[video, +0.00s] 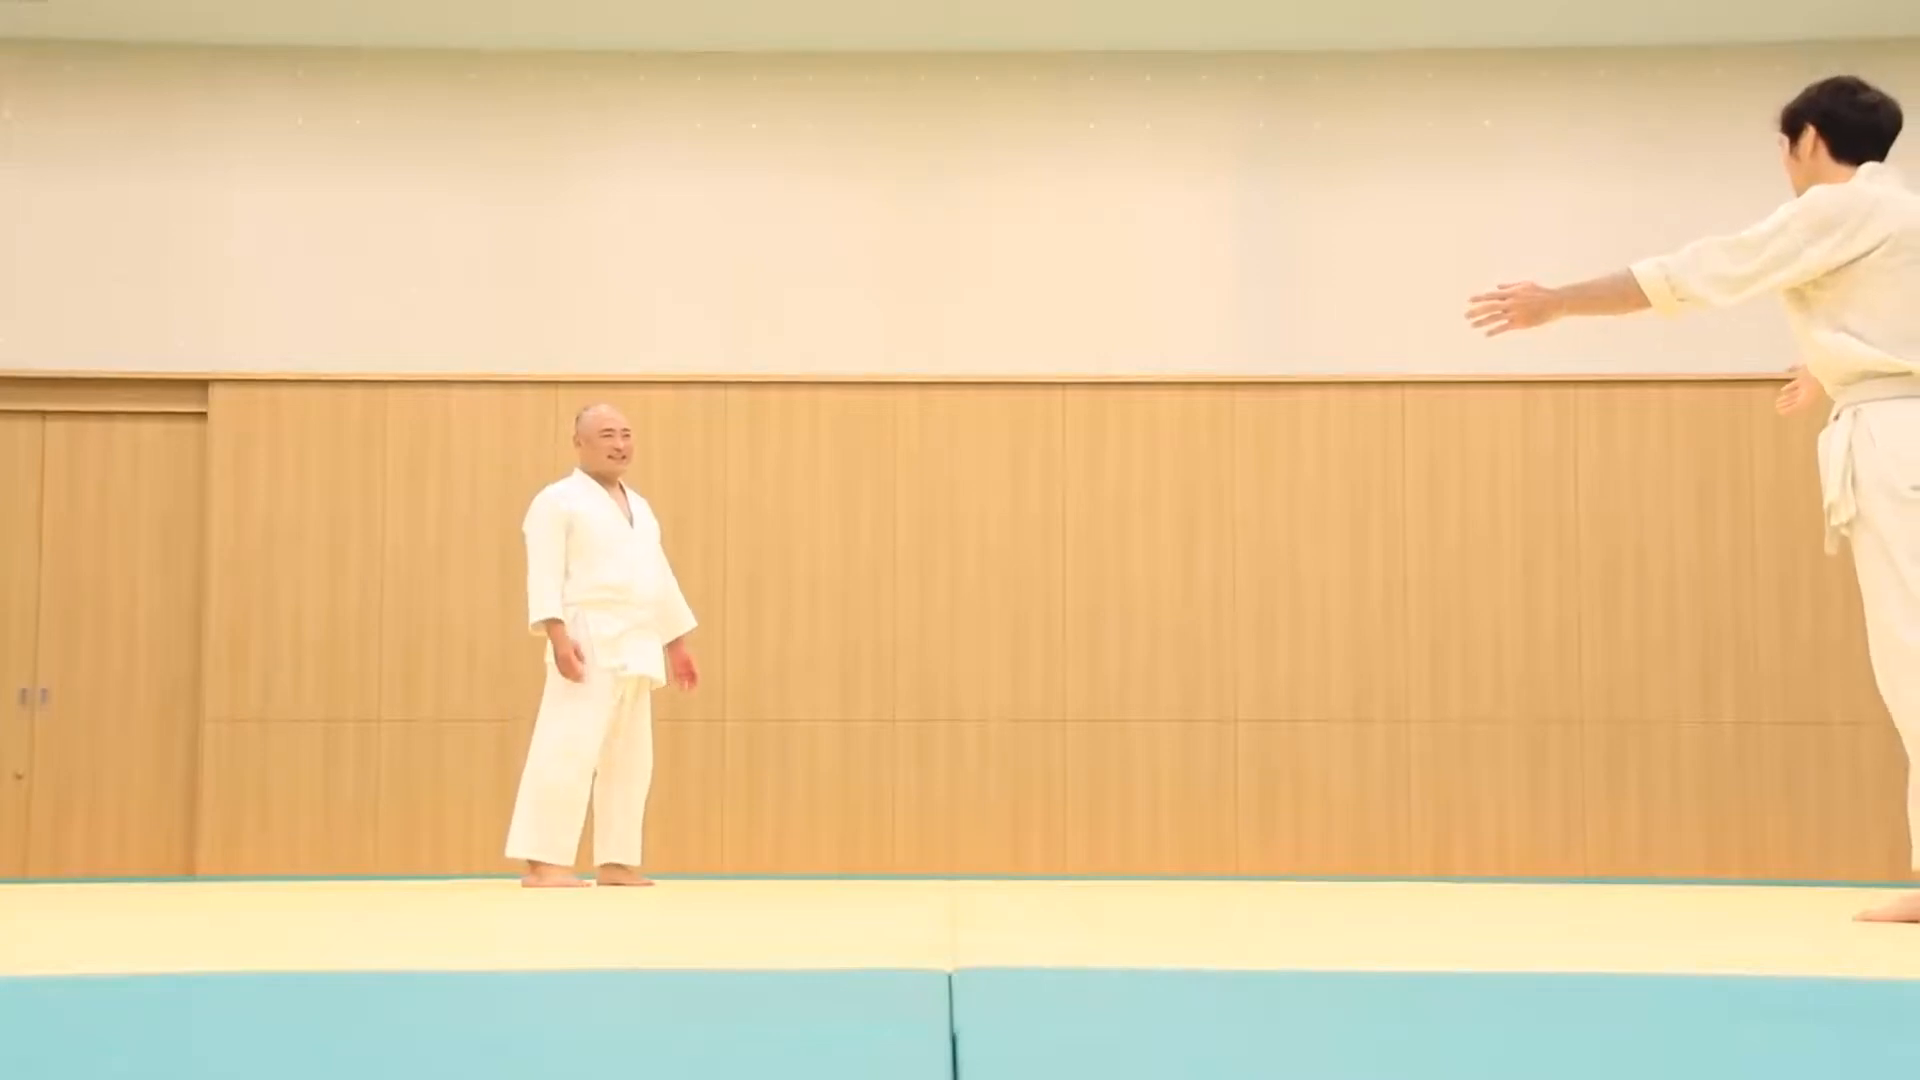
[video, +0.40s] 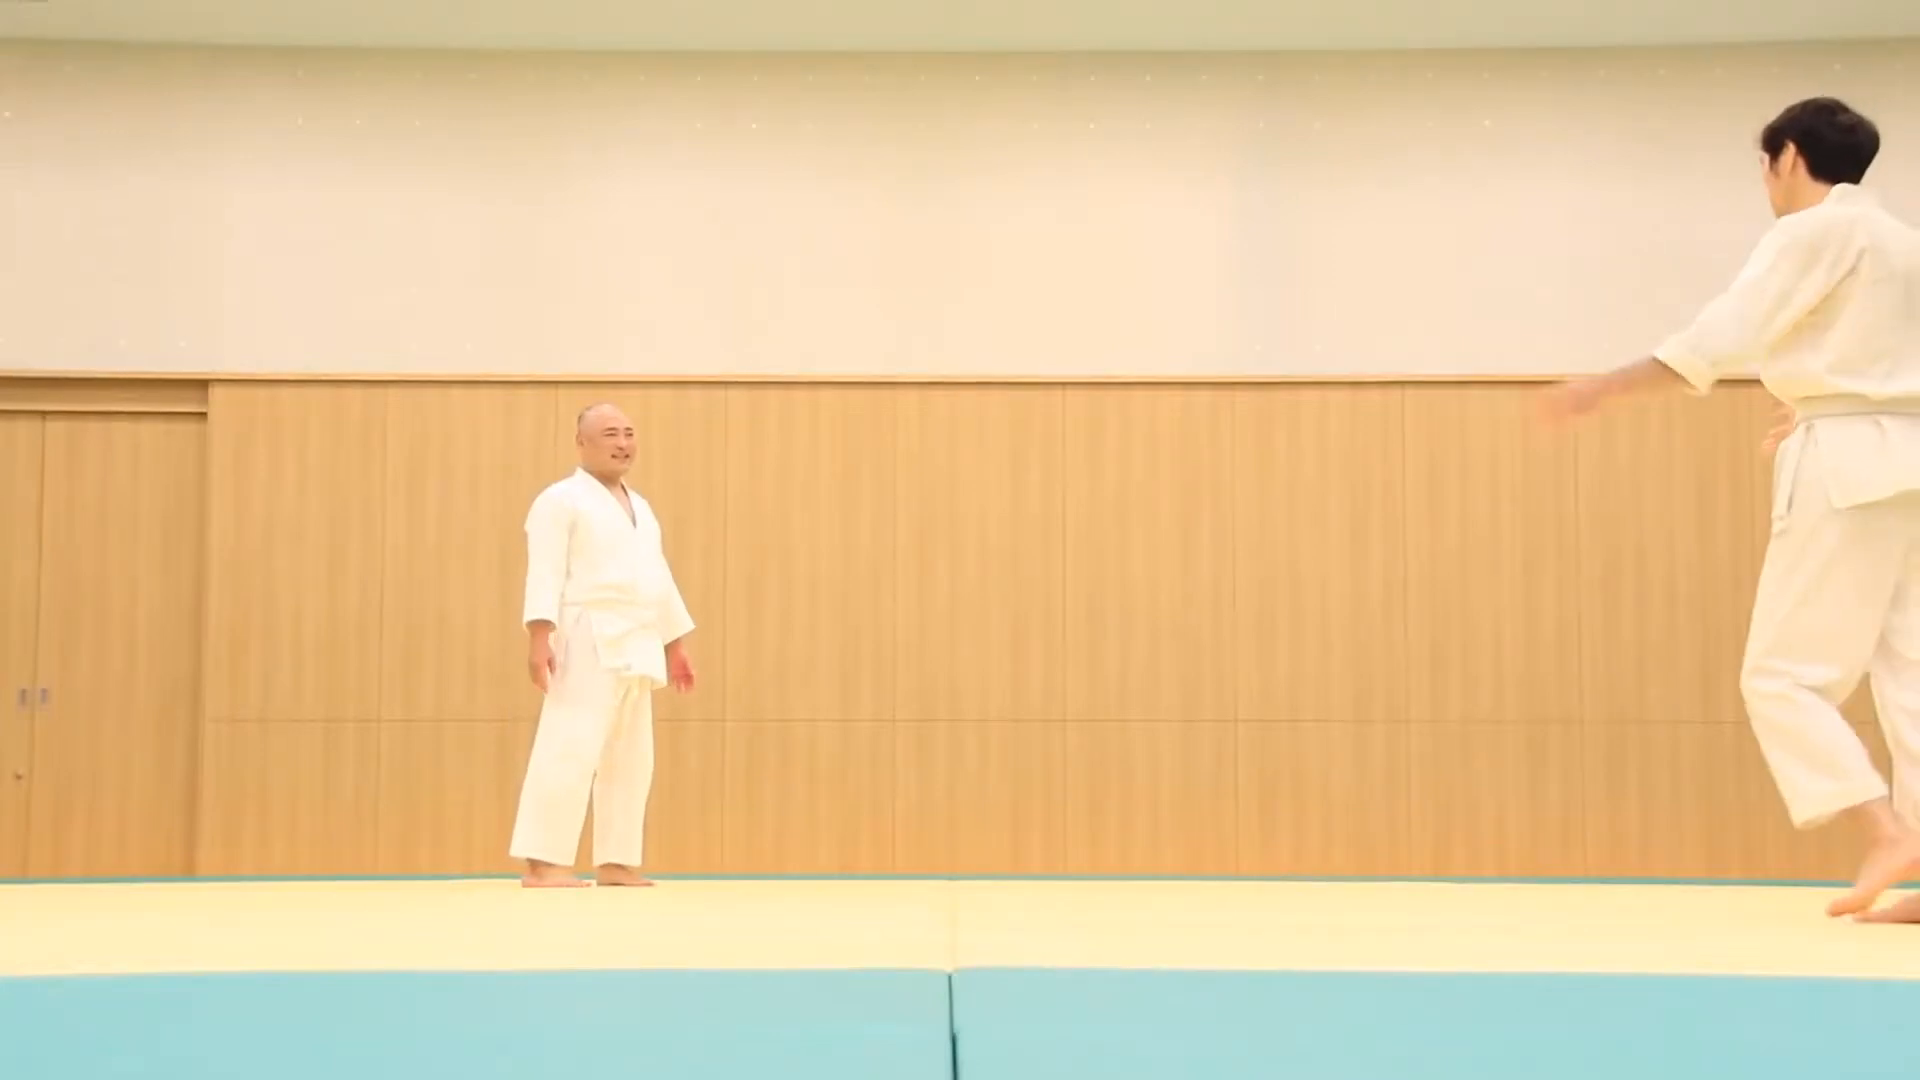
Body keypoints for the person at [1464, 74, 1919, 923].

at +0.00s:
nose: (1788, 169)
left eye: (1789, 150)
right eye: (1788, 152)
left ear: (1817, 141)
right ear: (1869, 144)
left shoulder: (1851, 205)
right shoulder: (1895, 206)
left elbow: (1712, 268)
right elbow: (1904, 334)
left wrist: (1556, 300)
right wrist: (1834, 379)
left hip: (1895, 446)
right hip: (1898, 440)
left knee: (1906, 664)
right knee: (1905, 665)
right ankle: (1918, 884)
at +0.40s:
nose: (1767, 186)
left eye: (1768, 168)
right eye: (1767, 170)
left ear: (1795, 159)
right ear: (1850, 166)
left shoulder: (1817, 228)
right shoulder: (1901, 236)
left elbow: (1726, 334)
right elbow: (1896, 360)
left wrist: (1603, 384)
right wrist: (1814, 413)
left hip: (1852, 468)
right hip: (1909, 464)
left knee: (1781, 674)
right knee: (1902, 673)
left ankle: (1887, 835)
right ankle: (1910, 870)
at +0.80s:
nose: (1669, 215)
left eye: (1669, 198)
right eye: (1667, 199)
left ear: (1693, 190)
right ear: (1749, 193)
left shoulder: (1715, 263)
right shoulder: (1812, 263)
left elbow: (1730, 379)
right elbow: (1842, 396)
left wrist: (1748, 495)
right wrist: (1850, 499)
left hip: (1754, 473)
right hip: (1834, 471)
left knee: (1732, 666)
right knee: (1847, 663)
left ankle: (1742, 880)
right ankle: (1915, 854)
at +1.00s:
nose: (1626, 231)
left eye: (1626, 214)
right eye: (1625, 215)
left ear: (1648, 206)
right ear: (1701, 208)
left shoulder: (1657, 279)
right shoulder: (1774, 277)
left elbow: (1642, 412)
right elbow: (1816, 412)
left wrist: (1608, 523)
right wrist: (1829, 515)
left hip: (1703, 494)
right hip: (1786, 493)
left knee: (1701, 682)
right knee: (1768, 685)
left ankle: (1743, 880)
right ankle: (1810, 834)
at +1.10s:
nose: (1610, 239)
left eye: (1609, 222)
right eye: (1608, 224)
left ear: (1630, 211)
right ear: (1685, 214)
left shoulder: (1643, 282)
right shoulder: (1754, 284)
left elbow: (1601, 411)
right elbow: (1790, 419)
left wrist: (1538, 519)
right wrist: (1792, 523)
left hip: (1686, 489)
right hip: (1761, 491)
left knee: (1689, 674)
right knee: (1742, 676)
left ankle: (1731, 873)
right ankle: (1739, 869)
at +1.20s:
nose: (1595, 250)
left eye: (1595, 234)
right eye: (1594, 235)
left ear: (1616, 226)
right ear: (1667, 226)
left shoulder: (1621, 295)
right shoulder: (1732, 293)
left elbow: (1568, 417)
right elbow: (1778, 423)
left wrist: (1499, 513)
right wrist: (1730, 472)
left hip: (1661, 493)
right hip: (1739, 493)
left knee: (1674, 682)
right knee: (1721, 683)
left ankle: (1739, 876)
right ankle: (1664, 867)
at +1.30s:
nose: (1584, 261)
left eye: (1583, 246)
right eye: (1582, 247)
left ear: (1604, 238)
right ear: (1656, 238)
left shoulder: (1605, 305)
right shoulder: (1718, 305)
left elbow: (1545, 418)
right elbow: (1771, 421)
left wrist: (1473, 510)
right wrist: (1701, 414)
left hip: (1636, 507)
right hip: (1713, 507)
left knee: (1645, 691)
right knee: (1689, 695)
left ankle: (1726, 852)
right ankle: (1655, 879)